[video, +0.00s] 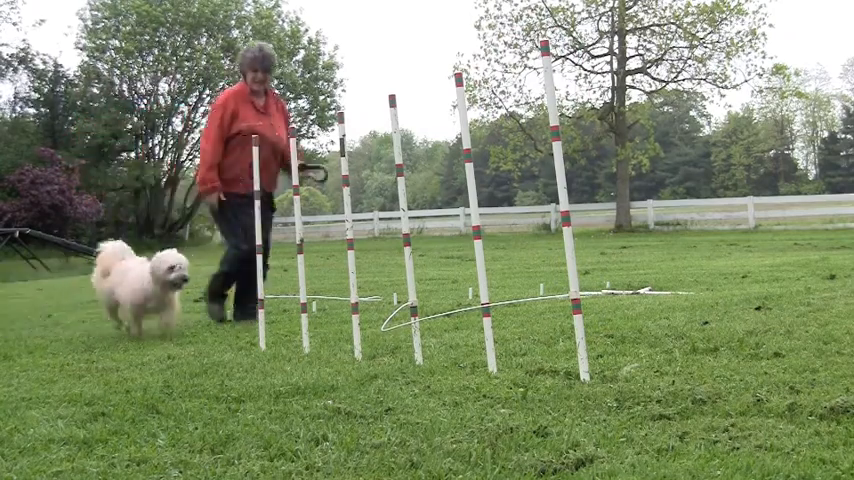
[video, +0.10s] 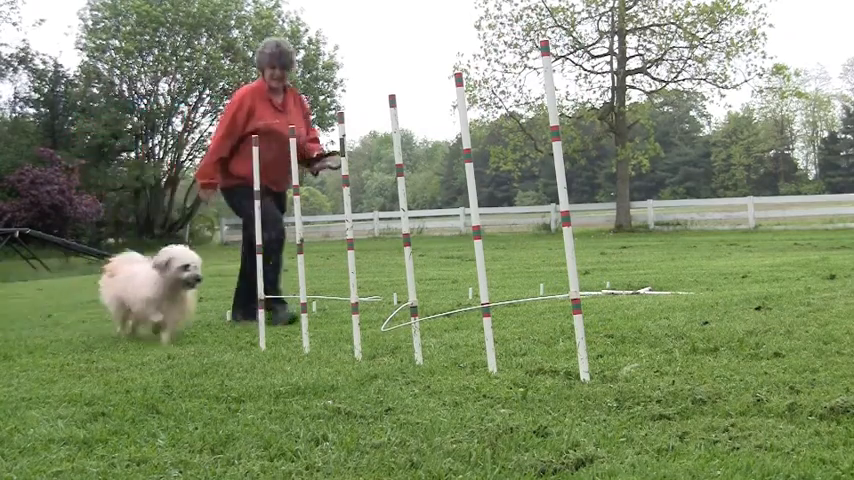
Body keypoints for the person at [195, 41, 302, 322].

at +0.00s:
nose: (259, 76)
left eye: (264, 71)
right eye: (253, 71)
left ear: (271, 72)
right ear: (243, 72)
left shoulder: (277, 105)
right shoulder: (228, 100)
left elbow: (283, 145)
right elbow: (211, 143)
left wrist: (293, 164)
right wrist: (208, 185)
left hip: (263, 193)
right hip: (231, 193)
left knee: (258, 255)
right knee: (243, 248)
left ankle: (246, 313)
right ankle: (216, 294)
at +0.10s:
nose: (277, 73)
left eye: (282, 68)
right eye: (271, 68)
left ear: (290, 68)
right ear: (261, 68)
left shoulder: (296, 101)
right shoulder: (246, 97)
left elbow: (307, 135)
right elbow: (223, 137)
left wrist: (315, 157)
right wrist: (207, 176)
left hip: (274, 187)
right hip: (241, 183)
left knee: (256, 248)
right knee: (273, 230)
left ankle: (243, 310)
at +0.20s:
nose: (295, 73)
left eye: (301, 68)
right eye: (289, 68)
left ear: (308, 69)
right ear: (279, 69)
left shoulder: (317, 104)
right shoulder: (266, 98)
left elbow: (330, 140)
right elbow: (239, 138)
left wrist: (338, 151)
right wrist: (216, 175)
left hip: (289, 188)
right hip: (259, 186)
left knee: (267, 251)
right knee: (290, 245)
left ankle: (245, 312)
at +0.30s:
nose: (312, 72)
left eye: (317, 66)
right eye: (305, 67)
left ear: (324, 67)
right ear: (295, 69)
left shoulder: (332, 101)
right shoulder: (282, 101)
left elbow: (348, 137)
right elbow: (256, 143)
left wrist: (357, 155)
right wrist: (234, 181)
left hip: (315, 192)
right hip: (284, 190)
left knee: (290, 255)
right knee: (314, 249)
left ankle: (255, 303)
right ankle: (338, 313)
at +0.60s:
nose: (366, 55)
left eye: (372, 49)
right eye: (360, 49)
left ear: (379, 50)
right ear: (348, 51)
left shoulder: (386, 85)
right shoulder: (333, 88)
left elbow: (391, 130)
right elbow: (325, 141)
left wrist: (407, 150)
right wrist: (353, 171)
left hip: (377, 180)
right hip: (332, 182)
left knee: (390, 240)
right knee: (333, 249)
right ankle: (340, 316)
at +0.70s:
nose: (384, 56)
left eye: (389, 50)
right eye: (377, 50)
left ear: (396, 52)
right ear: (366, 52)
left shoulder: (405, 88)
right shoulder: (353, 88)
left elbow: (407, 134)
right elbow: (345, 135)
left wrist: (427, 155)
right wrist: (385, 163)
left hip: (395, 185)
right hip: (353, 186)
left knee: (414, 245)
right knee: (347, 253)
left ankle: (429, 312)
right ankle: (339, 314)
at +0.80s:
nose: (402, 54)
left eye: (408, 49)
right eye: (396, 49)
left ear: (415, 50)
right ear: (384, 51)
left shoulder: (425, 87)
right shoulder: (373, 88)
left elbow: (429, 135)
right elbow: (365, 135)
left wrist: (450, 158)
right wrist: (401, 163)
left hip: (421, 185)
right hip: (377, 186)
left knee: (430, 250)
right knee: (375, 253)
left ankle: (432, 317)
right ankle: (350, 296)